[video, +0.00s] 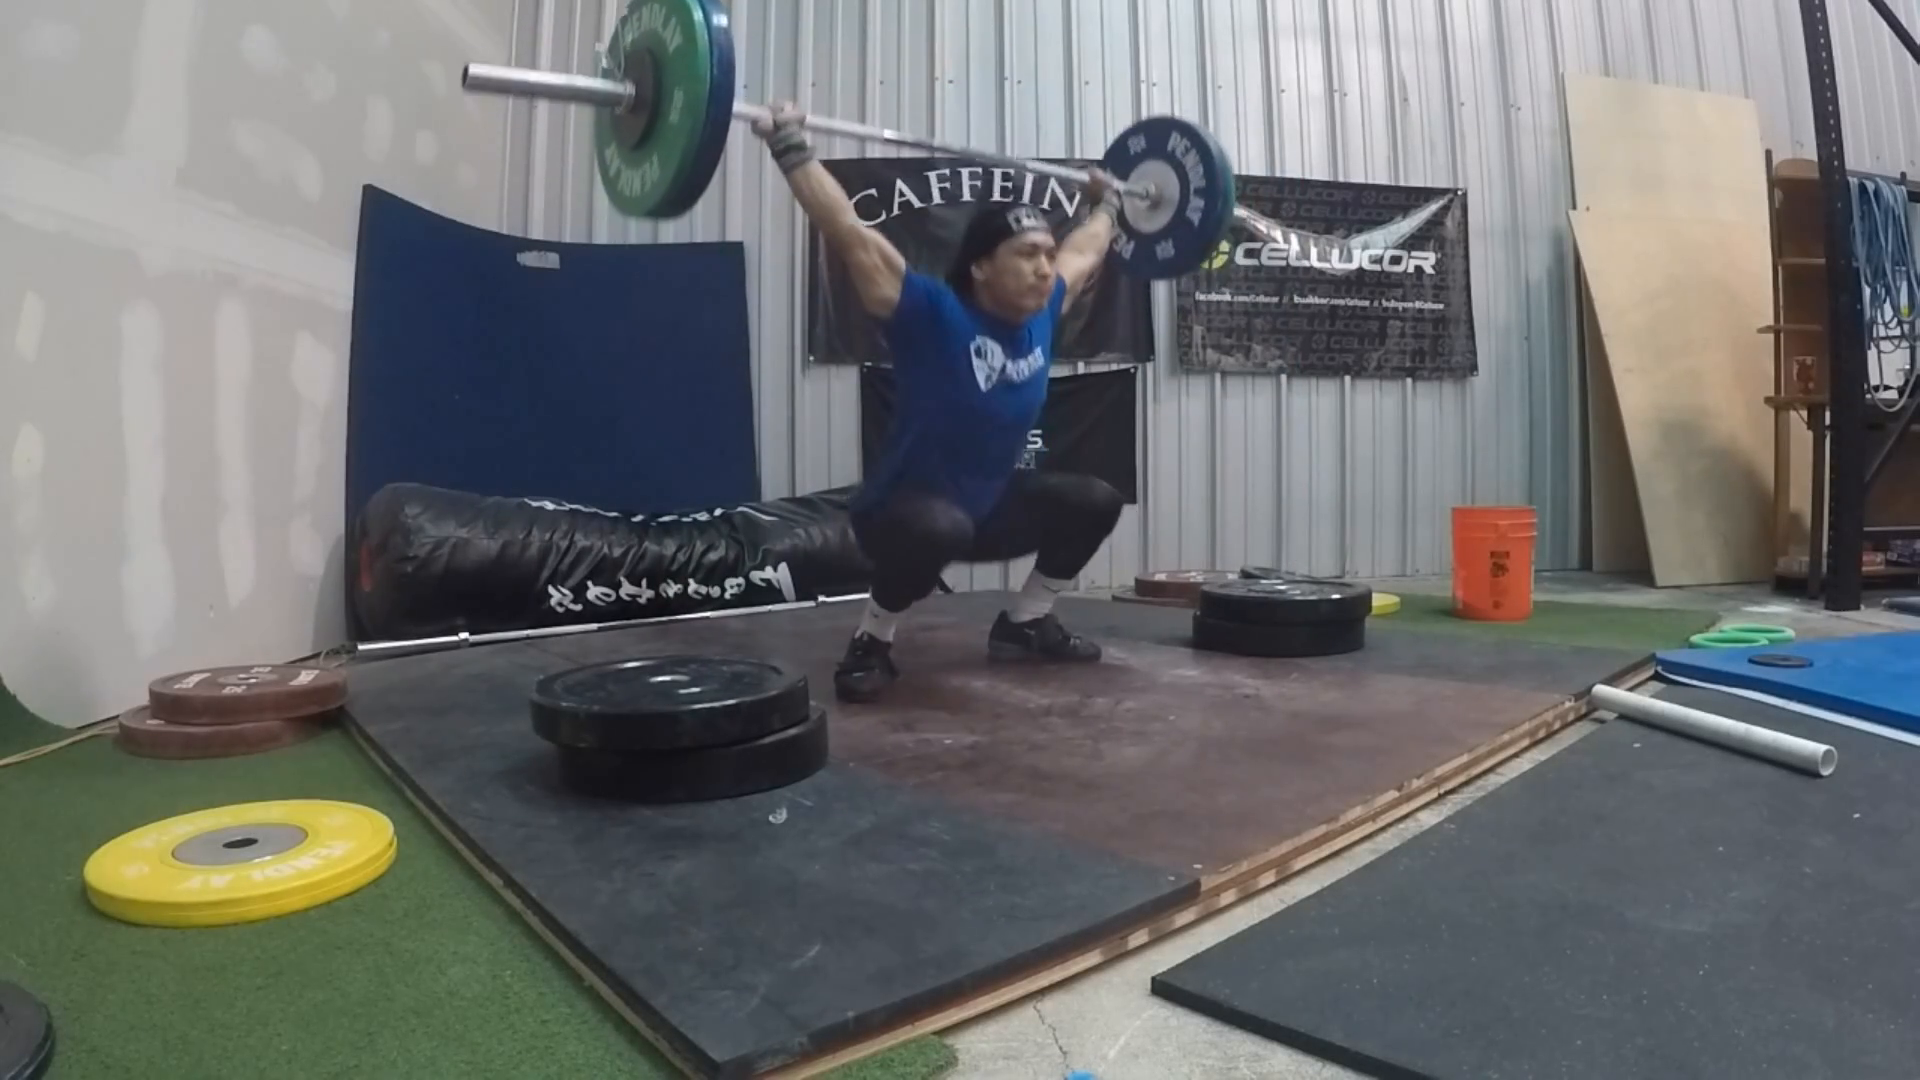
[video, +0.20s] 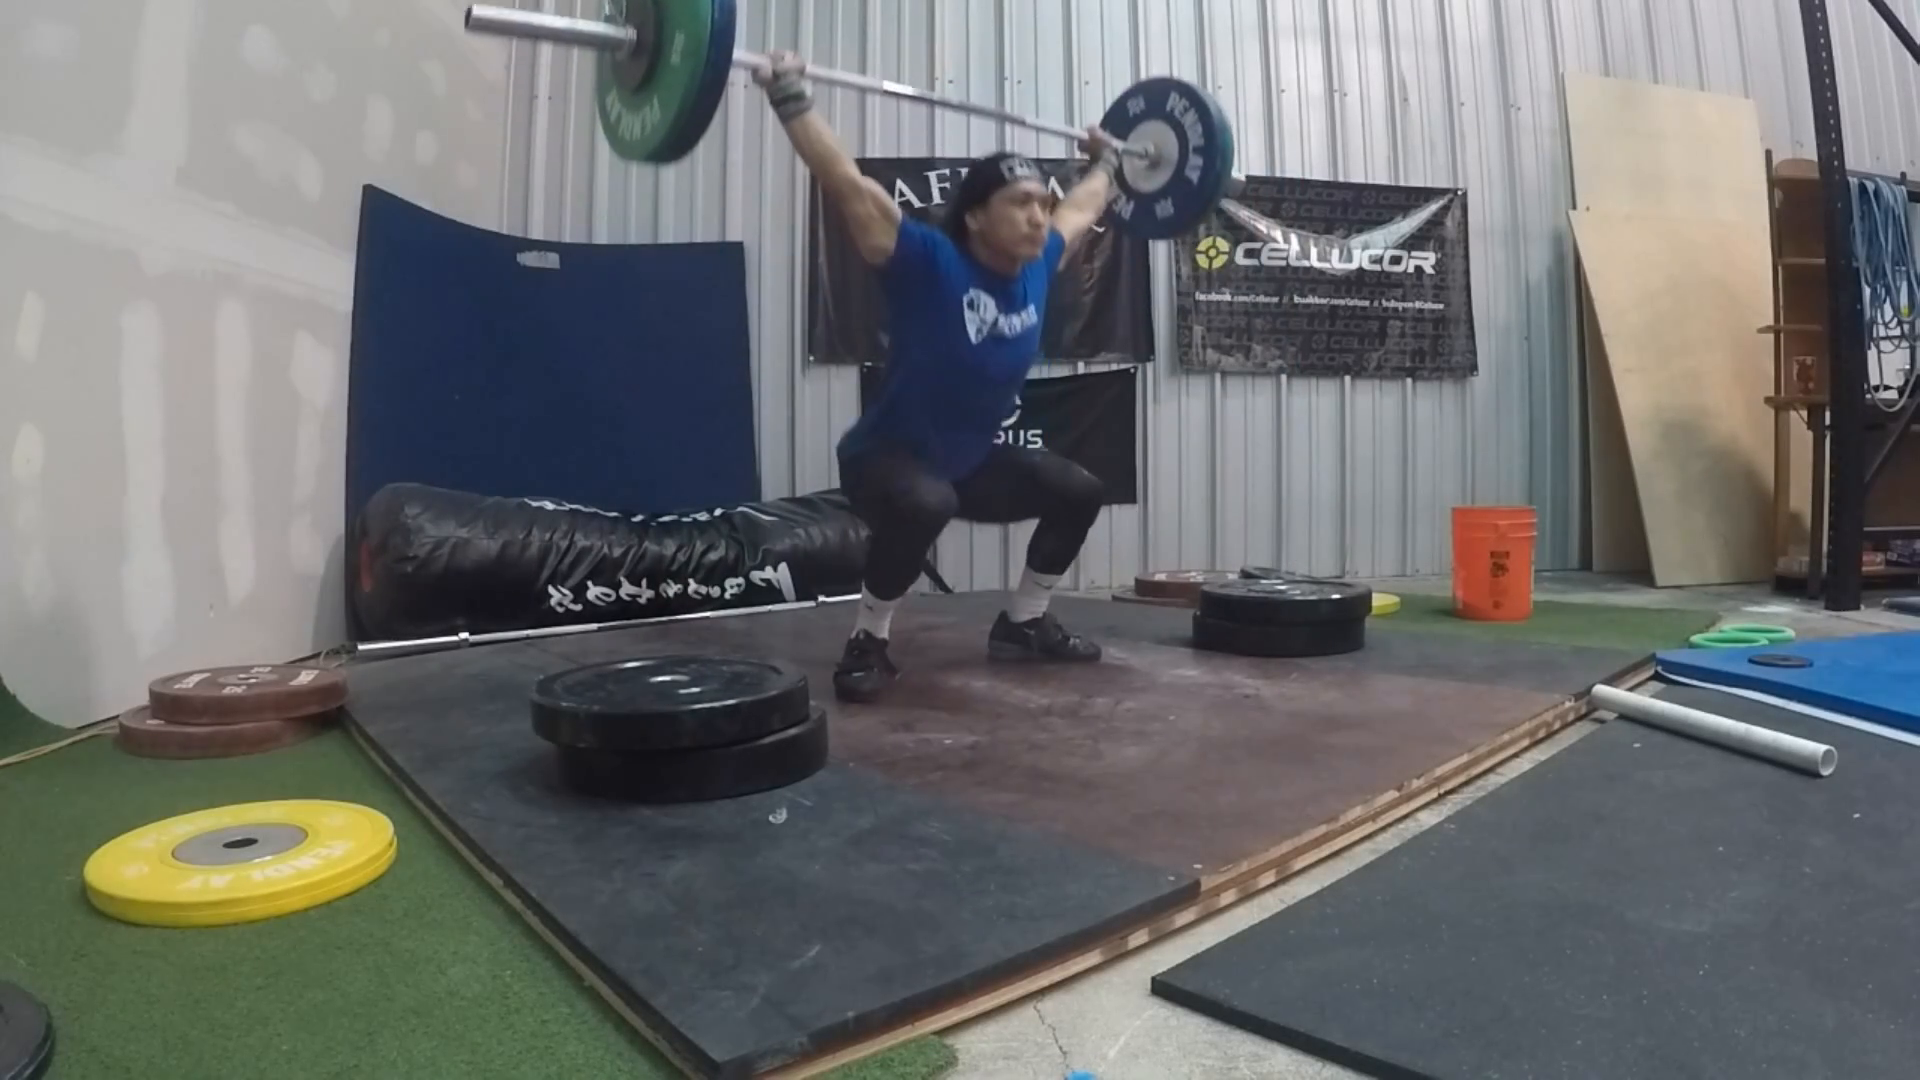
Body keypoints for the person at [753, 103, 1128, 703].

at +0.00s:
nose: (1045, 269)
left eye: (1048, 257)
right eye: (1029, 255)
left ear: (1052, 268)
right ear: (980, 270)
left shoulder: (1039, 312)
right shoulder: (927, 312)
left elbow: (1079, 258)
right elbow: (855, 240)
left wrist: (1107, 208)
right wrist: (793, 153)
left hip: (990, 506)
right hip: (905, 506)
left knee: (1094, 501)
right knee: (939, 526)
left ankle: (1025, 619)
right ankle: (872, 639)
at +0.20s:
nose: (1038, 218)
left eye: (1041, 207)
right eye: (1021, 204)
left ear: (1046, 219)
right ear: (976, 217)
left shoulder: (1037, 266)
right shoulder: (924, 261)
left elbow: (1079, 212)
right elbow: (853, 193)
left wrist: (1106, 165)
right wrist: (793, 104)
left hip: (972, 459)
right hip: (889, 456)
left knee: (1078, 491)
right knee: (924, 504)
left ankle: (1023, 619)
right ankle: (869, 638)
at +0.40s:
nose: (1027, 169)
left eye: (1030, 158)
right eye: (1010, 156)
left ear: (1030, 170)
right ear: (964, 167)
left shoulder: (1028, 218)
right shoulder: (914, 213)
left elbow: (1073, 172)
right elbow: (845, 141)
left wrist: (1103, 128)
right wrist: (788, 47)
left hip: (967, 422)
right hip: (881, 418)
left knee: (1069, 483)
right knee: (922, 495)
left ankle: (1021, 622)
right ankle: (865, 639)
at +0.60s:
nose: (1014, 112)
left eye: (1020, 102)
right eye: (999, 99)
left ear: (1020, 117)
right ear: (953, 111)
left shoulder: (1021, 172)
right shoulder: (910, 162)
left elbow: (1068, 125)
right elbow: (836, 77)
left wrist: (1101, 81)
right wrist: (785, 6)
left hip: (962, 387)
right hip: (881, 380)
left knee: (1057, 473)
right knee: (906, 479)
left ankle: (1022, 619)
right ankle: (863, 637)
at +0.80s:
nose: (1007, 53)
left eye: (1011, 43)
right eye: (990, 39)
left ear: (1012, 59)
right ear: (944, 51)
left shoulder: (1012, 119)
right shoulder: (901, 102)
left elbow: (1061, 75)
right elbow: (827, 21)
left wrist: (1094, 33)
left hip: (964, 351)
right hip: (882, 341)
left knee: (1032, 462)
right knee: (888, 469)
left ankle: (1020, 619)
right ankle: (863, 636)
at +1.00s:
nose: (1005, 14)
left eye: (1011, 5)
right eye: (989, 1)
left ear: (1012, 16)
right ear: (945, 10)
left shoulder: (1012, 77)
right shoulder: (905, 61)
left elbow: (1056, 37)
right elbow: (839, 7)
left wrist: (1095, 8)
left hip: (982, 318)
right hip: (901, 314)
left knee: (995, 465)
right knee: (890, 468)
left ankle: (991, 623)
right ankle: (864, 636)